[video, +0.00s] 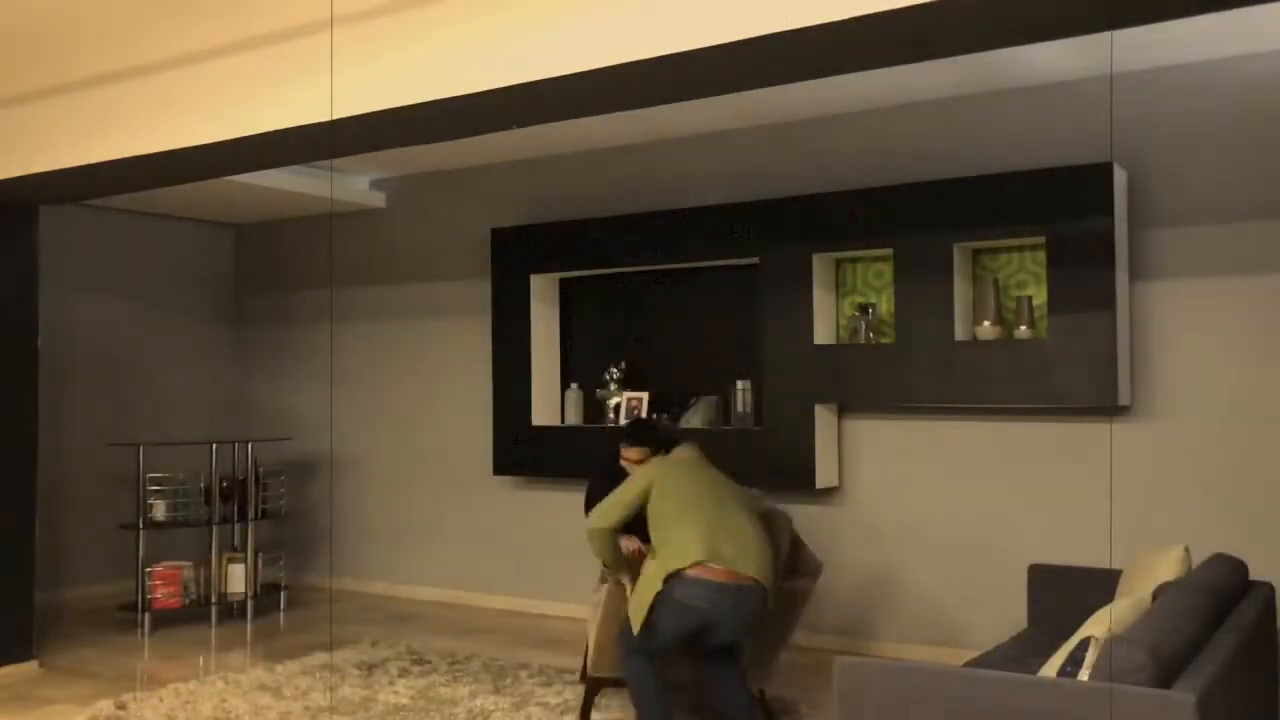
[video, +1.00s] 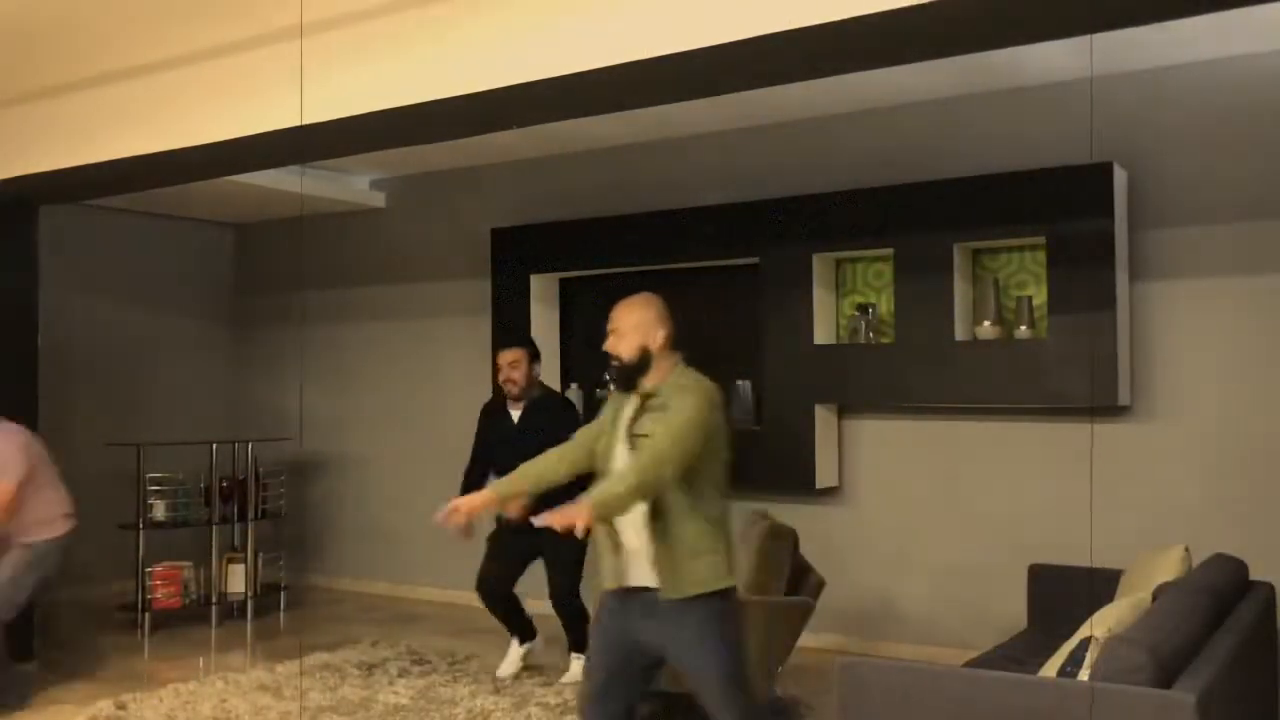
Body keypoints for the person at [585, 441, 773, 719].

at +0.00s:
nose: (629, 473)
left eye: (632, 466)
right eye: (626, 466)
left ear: (661, 453)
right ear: (697, 456)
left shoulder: (658, 469)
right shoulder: (731, 487)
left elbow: (598, 523)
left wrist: (621, 572)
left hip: (689, 592)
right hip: (750, 598)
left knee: (638, 647)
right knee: (720, 653)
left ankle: (656, 713)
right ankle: (744, 712)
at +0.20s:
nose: (642, 481)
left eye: (642, 475)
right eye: (640, 476)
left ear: (652, 464)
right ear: (688, 460)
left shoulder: (660, 475)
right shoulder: (732, 494)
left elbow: (605, 531)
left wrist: (623, 578)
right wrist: (653, 562)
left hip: (689, 587)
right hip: (748, 597)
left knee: (634, 644)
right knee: (719, 651)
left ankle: (649, 712)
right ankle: (738, 712)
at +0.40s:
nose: (644, 416)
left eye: (646, 408)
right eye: (644, 408)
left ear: (660, 408)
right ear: (686, 407)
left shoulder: (657, 436)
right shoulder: (723, 437)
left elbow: (631, 512)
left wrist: (629, 563)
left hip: (731, 560)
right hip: (779, 559)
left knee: (653, 630)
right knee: (727, 639)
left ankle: (655, 712)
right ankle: (758, 709)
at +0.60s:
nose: (662, 344)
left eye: (673, 333)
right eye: (659, 334)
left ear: (705, 335)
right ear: (656, 338)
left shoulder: (731, 381)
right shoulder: (667, 395)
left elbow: (728, 454)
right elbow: (653, 482)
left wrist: (682, 515)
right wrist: (607, 520)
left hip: (743, 550)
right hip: (703, 551)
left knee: (704, 665)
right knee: (712, 660)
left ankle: (766, 713)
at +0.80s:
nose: (662, 327)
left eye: (671, 316)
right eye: (663, 316)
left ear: (709, 321)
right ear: (700, 321)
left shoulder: (757, 378)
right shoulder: (664, 377)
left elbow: (776, 463)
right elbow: (621, 427)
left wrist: (768, 539)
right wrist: (564, 447)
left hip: (730, 563)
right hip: (668, 558)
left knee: (740, 686)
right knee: (658, 683)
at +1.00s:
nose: (607, 346)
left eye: (616, 333)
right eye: (608, 334)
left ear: (656, 336)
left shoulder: (695, 396)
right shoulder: (621, 404)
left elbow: (654, 468)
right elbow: (570, 455)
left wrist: (589, 505)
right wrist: (490, 495)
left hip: (692, 599)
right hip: (624, 599)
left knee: (732, 710)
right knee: (600, 709)